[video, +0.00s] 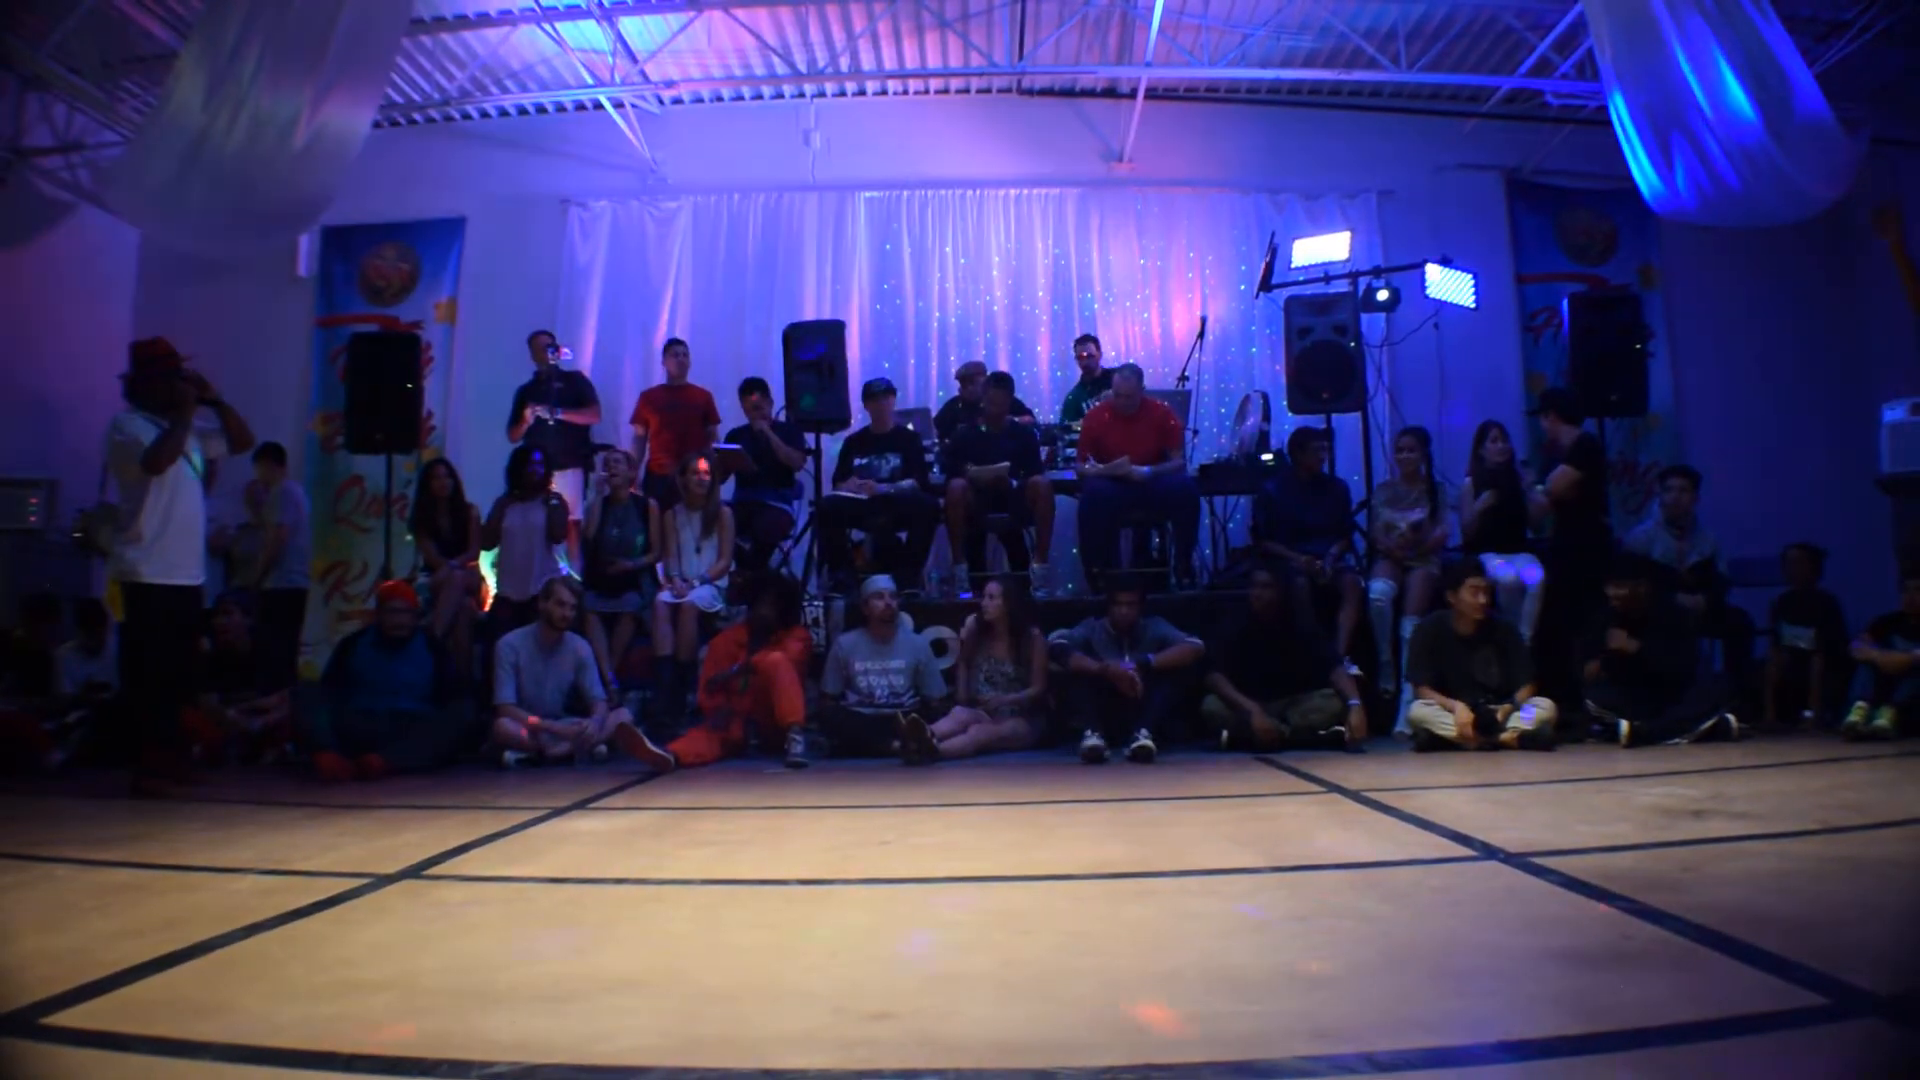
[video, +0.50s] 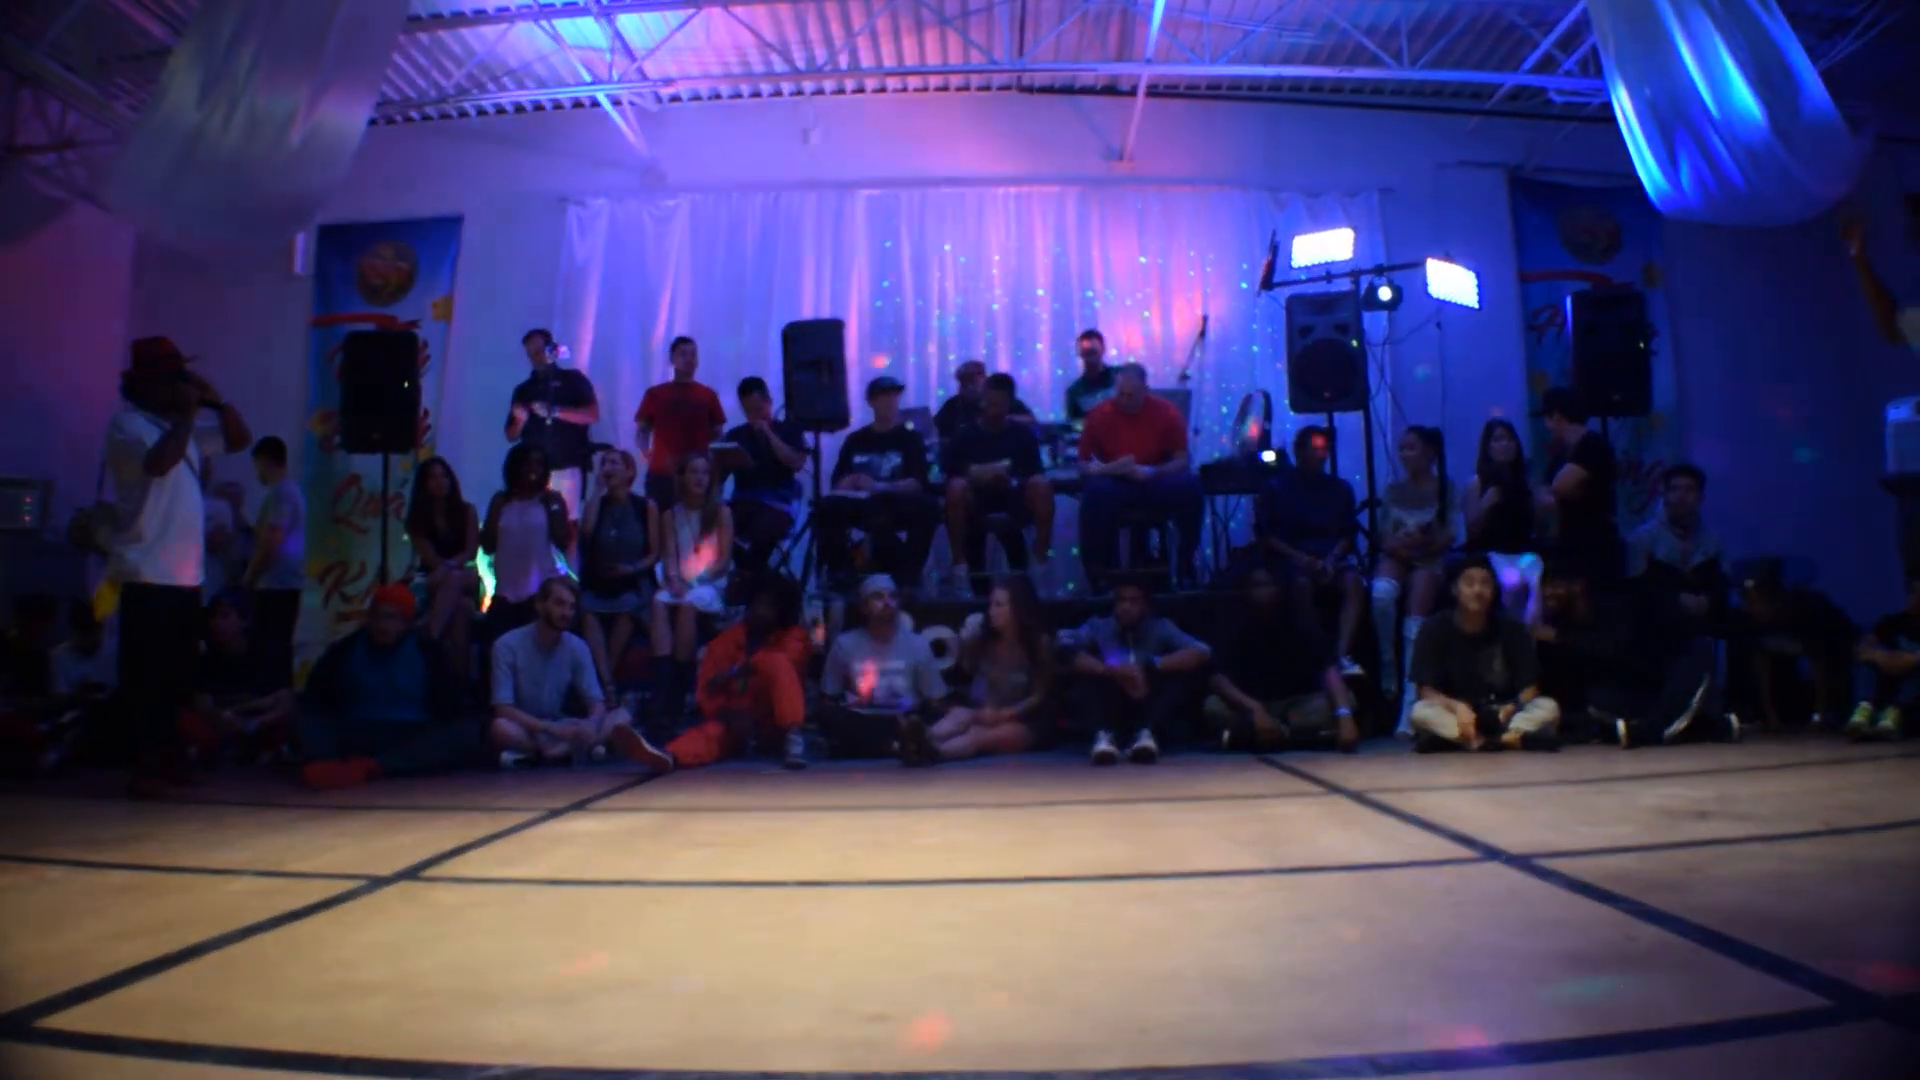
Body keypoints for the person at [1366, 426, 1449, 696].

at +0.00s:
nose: (1404, 457)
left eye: (1411, 451)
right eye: (1399, 451)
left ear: (1423, 454)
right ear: (1394, 455)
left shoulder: (1437, 491)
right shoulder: (1383, 492)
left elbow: (1443, 531)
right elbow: (1375, 533)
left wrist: (1416, 549)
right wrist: (1391, 547)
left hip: (1422, 557)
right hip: (1389, 557)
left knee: (1410, 625)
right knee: (1378, 596)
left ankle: (1408, 685)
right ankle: (1385, 669)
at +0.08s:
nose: (1406, 457)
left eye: (1413, 451)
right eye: (1401, 450)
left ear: (1426, 454)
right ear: (1395, 455)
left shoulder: (1439, 491)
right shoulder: (1384, 492)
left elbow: (1444, 533)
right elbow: (1376, 534)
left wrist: (1416, 550)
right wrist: (1393, 548)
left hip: (1423, 557)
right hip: (1390, 557)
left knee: (1411, 626)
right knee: (1378, 595)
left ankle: (1408, 689)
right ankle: (1385, 668)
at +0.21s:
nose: (1405, 457)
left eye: (1412, 451)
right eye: (1401, 451)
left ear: (1427, 454)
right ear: (1396, 454)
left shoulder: (1443, 491)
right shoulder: (1386, 492)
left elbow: (1447, 532)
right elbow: (1378, 532)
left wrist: (1418, 547)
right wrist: (1395, 547)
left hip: (1425, 557)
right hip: (1391, 557)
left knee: (1411, 626)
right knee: (1379, 595)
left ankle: (1408, 690)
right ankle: (1386, 670)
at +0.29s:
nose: (1403, 456)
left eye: (1410, 450)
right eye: (1400, 450)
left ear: (1428, 453)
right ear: (1396, 455)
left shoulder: (1444, 491)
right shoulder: (1387, 491)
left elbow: (1448, 532)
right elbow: (1379, 534)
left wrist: (1418, 547)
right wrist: (1394, 546)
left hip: (1426, 558)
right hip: (1392, 558)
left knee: (1412, 627)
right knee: (1379, 597)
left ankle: (1409, 690)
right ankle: (1386, 670)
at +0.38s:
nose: (1404, 456)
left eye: (1410, 450)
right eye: (1401, 450)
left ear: (1428, 454)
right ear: (1397, 455)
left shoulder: (1445, 491)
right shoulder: (1390, 492)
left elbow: (1449, 534)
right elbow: (1380, 533)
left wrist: (1418, 545)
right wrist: (1394, 546)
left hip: (1426, 559)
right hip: (1392, 558)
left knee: (1411, 628)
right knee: (1379, 599)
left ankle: (1408, 696)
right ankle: (1386, 669)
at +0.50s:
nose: (1404, 455)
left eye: (1411, 448)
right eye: (1402, 448)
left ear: (1429, 452)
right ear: (1399, 454)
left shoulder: (1446, 490)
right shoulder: (1393, 491)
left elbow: (1452, 533)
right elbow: (1383, 534)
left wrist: (1420, 543)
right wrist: (1401, 542)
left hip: (1428, 556)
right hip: (1395, 556)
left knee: (1414, 627)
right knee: (1381, 594)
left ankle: (1410, 702)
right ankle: (1387, 669)